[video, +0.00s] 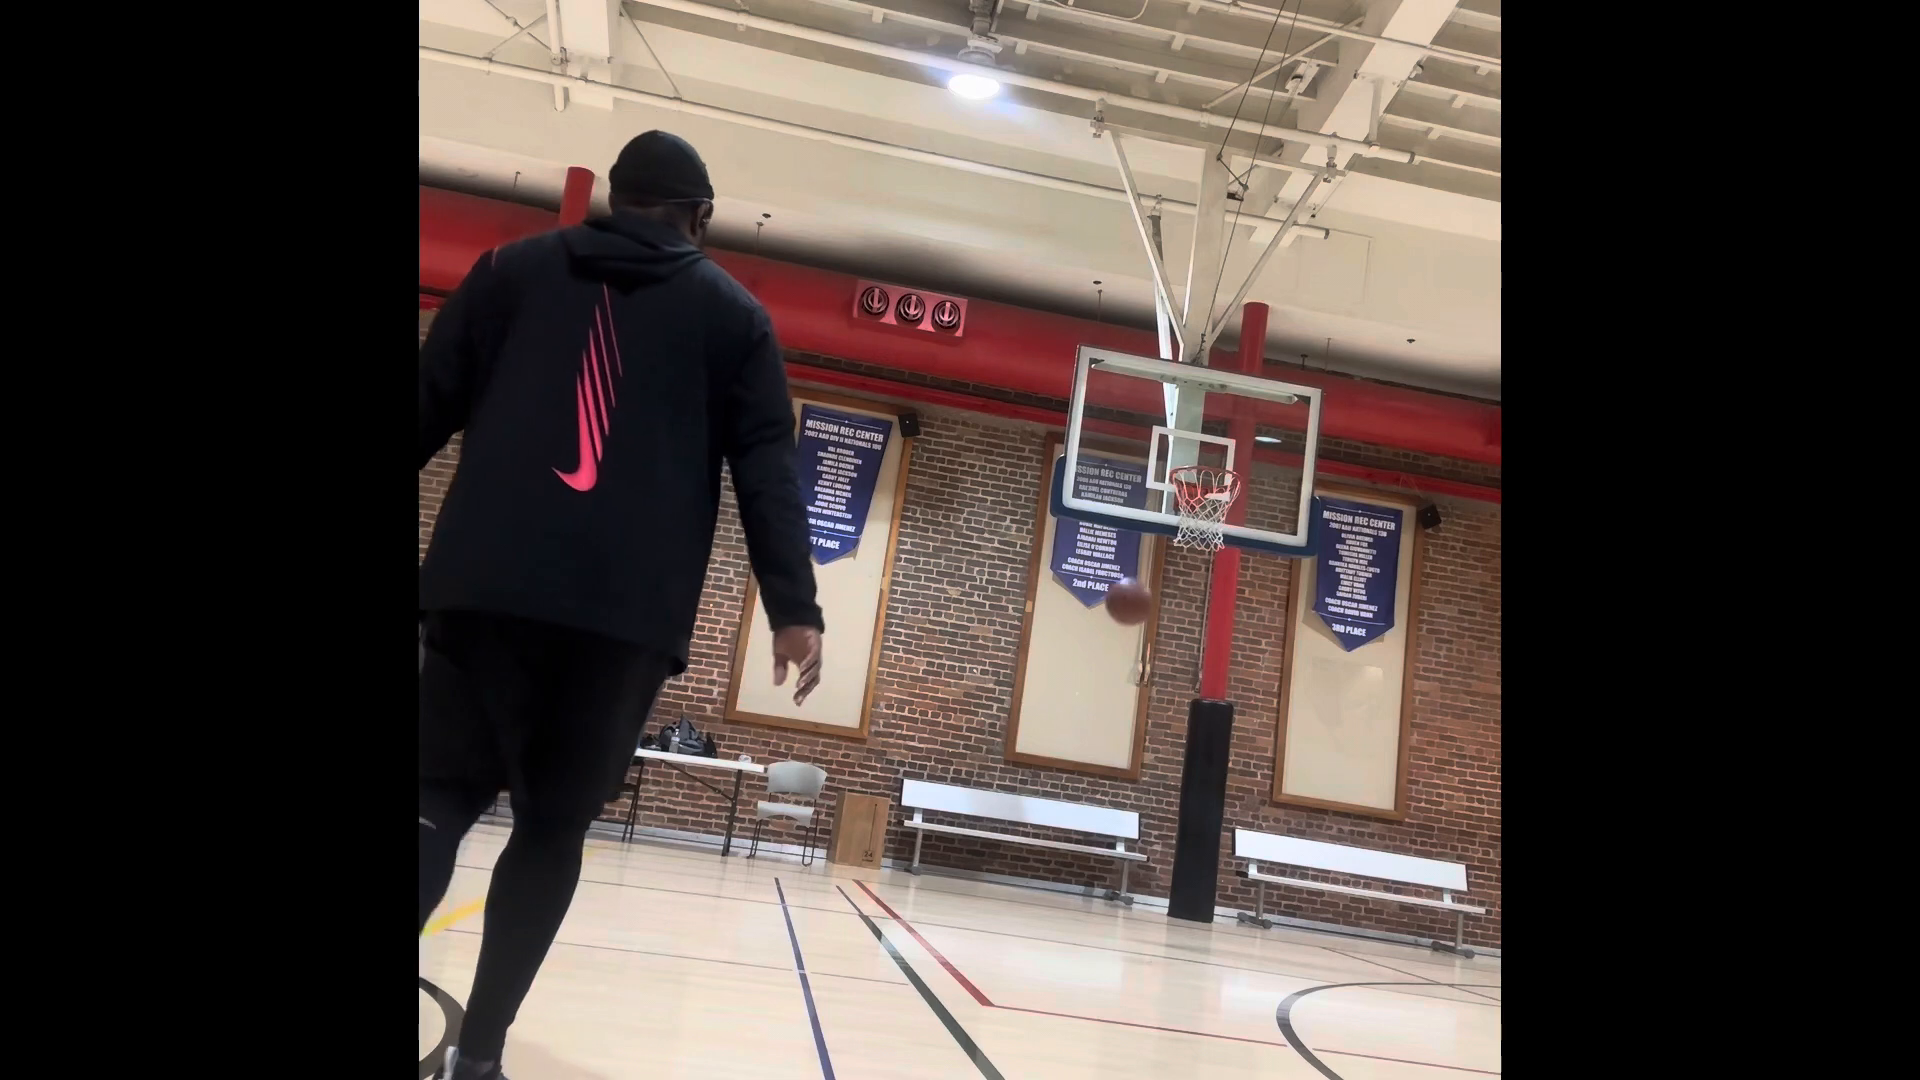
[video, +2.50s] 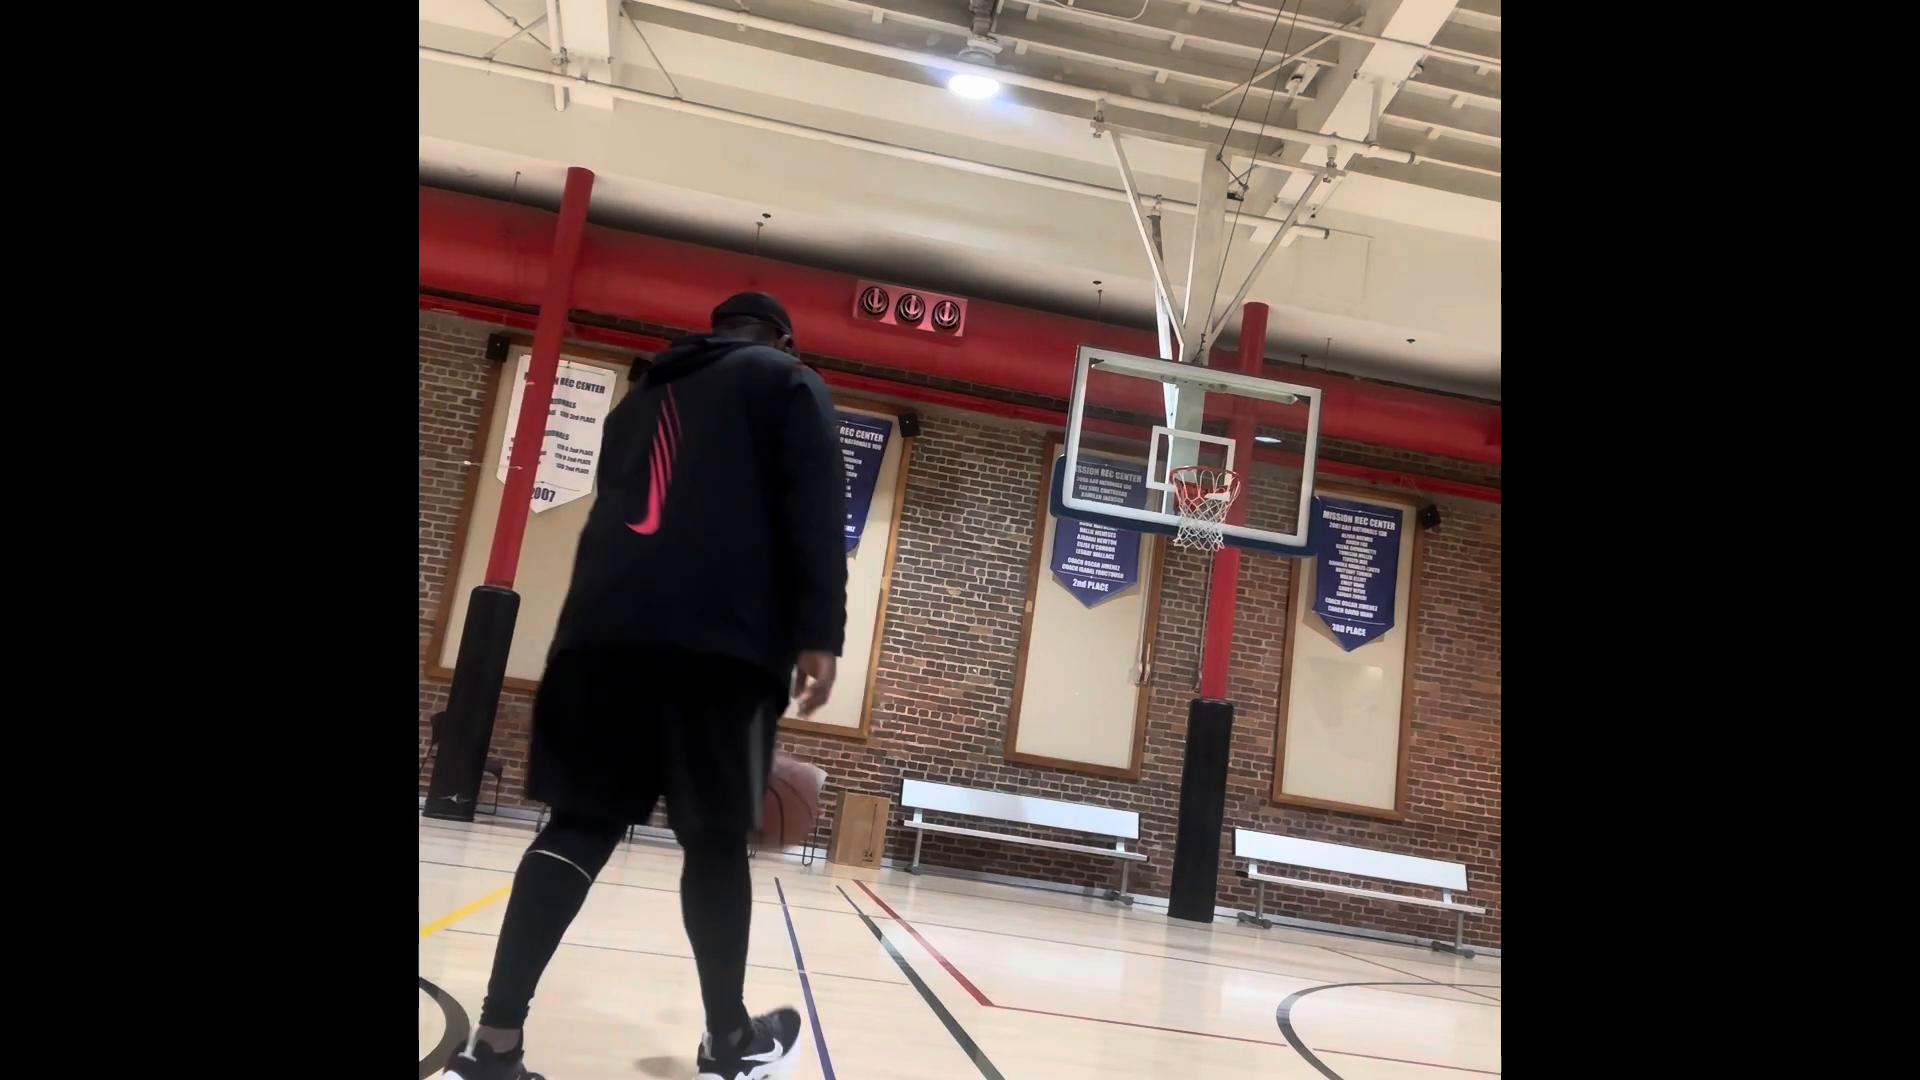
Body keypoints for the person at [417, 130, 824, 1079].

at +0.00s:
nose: (690, 227)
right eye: (701, 216)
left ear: (607, 194)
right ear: (697, 215)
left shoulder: (512, 269)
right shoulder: (731, 316)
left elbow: (426, 407)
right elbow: (767, 469)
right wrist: (796, 605)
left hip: (477, 584)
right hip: (624, 616)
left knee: (439, 793)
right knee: (552, 830)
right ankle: (477, 1048)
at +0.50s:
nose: (710, 289)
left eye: (703, 277)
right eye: (710, 277)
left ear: (625, 263)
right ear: (699, 274)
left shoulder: (541, 338)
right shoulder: (726, 361)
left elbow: (474, 468)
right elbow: (760, 493)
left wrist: (451, 591)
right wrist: (721, 598)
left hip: (515, 617)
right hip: (636, 638)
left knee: (491, 810)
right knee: (568, 824)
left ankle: (473, 1012)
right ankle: (480, 1035)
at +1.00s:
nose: (755, 336)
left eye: (755, 325)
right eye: (755, 324)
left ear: (676, 308)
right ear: (740, 318)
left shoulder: (603, 384)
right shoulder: (741, 390)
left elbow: (567, 508)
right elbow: (765, 521)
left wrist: (598, 597)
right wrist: (794, 635)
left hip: (577, 638)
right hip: (685, 651)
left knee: (558, 798)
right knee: (686, 817)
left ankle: (476, 1008)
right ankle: (626, 1024)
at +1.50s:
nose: (822, 376)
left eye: (822, 365)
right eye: (822, 363)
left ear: (747, 349)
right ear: (801, 354)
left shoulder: (681, 415)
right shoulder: (797, 417)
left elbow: (638, 536)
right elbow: (830, 538)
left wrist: (637, 643)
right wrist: (872, 645)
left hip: (662, 654)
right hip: (739, 665)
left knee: (676, 821)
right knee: (730, 828)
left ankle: (635, 1002)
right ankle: (629, 1019)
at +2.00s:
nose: (846, 376)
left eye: (842, 367)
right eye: (847, 366)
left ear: (773, 352)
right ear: (834, 359)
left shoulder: (702, 417)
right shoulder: (849, 427)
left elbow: (660, 545)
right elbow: (877, 553)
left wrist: (688, 628)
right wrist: (890, 666)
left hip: (692, 657)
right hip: (790, 667)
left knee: (689, 812)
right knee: (784, 835)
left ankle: (632, 1000)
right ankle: (738, 1037)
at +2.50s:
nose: (792, 358)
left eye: (785, 345)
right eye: (791, 346)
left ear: (712, 331)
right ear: (779, 339)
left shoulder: (639, 398)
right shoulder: (787, 381)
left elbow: (608, 525)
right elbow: (815, 511)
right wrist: (819, 633)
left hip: (604, 637)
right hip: (723, 647)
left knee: (581, 822)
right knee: (716, 839)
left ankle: (495, 1038)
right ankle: (728, 1034)